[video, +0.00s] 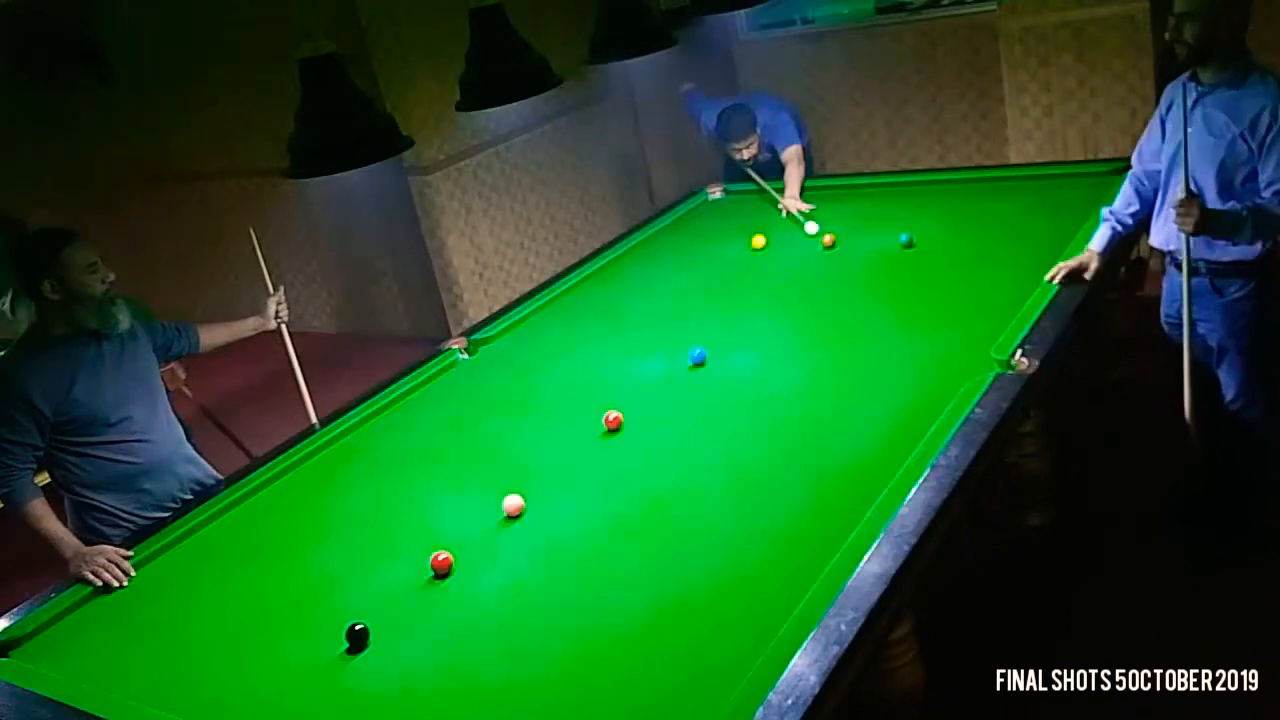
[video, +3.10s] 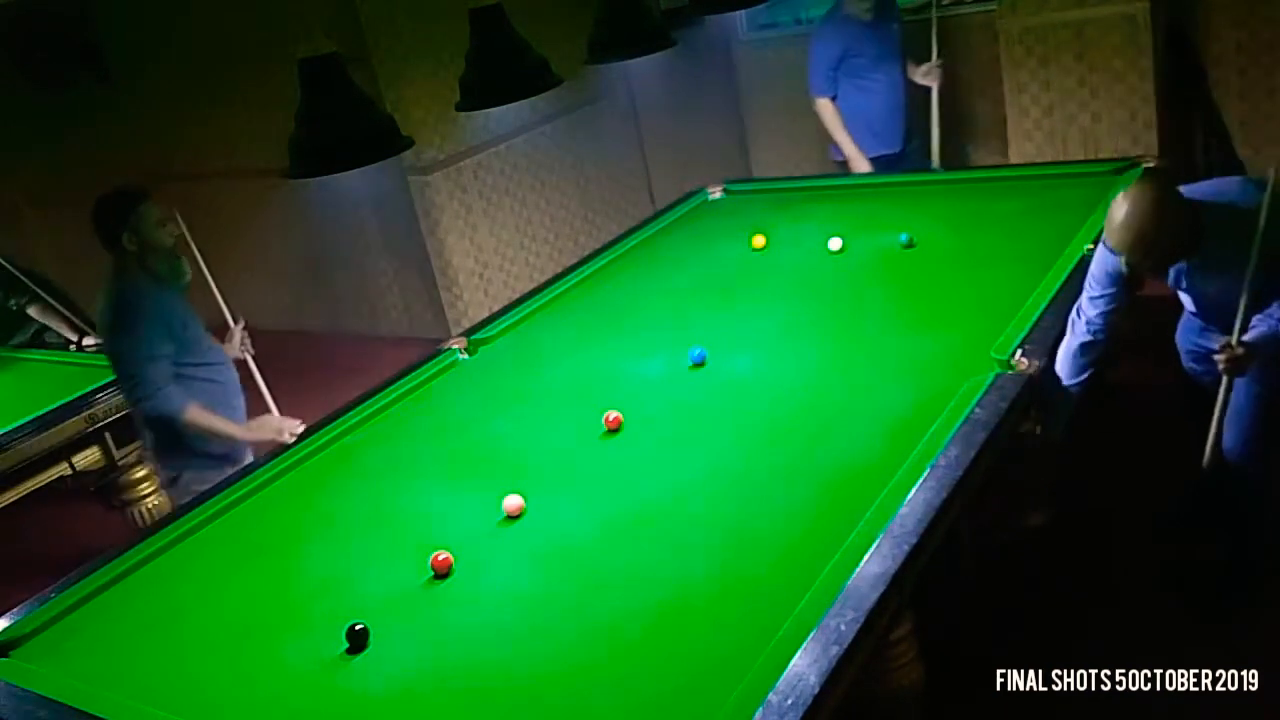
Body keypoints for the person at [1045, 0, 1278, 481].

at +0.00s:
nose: (1172, 32)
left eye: (1186, 18)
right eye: (1171, 18)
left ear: (1228, 22)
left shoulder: (1266, 103)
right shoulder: (1177, 97)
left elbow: (1275, 214)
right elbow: (1143, 177)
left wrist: (1214, 220)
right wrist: (1098, 249)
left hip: (1237, 287)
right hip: (1176, 279)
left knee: (1242, 416)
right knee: (1186, 410)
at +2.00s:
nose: (1136, 60)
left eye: (1143, 49)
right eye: (1133, 49)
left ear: (1181, 42)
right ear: (1175, 45)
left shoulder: (1255, 101)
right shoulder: (1167, 98)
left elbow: (1276, 209)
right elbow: (1143, 182)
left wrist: (1215, 223)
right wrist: (1104, 254)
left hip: (1241, 285)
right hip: (1185, 281)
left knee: (1247, 408)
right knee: (1195, 405)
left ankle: (1257, 524)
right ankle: (1204, 517)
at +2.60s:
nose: (1150, 117)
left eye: (1159, 106)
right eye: (1144, 106)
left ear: (1189, 91)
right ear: (1139, 95)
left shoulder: (1246, 137)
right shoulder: (1139, 127)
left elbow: (1272, 241)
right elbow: (1118, 203)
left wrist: (1218, 291)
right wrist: (1104, 266)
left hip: (1234, 304)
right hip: (1174, 299)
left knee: (1227, 419)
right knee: (1178, 411)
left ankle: (1241, 527)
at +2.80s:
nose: (1152, 184)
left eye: (1161, 175)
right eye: (1143, 173)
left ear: (1195, 155)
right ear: (1136, 152)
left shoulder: (1259, 174)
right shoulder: (1132, 174)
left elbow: (1276, 273)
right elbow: (1107, 253)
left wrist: (1229, 324)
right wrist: (1097, 332)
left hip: (1248, 311)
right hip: (1184, 299)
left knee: (1228, 439)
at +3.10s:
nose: (1132, 270)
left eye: (1142, 259)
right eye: (1125, 257)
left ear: (1172, 241)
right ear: (1117, 234)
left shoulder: (1247, 221)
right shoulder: (1127, 229)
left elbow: (1279, 303)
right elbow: (1095, 309)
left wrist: (1256, 344)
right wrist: (1068, 377)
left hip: (1263, 336)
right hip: (1203, 320)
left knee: (1238, 456)